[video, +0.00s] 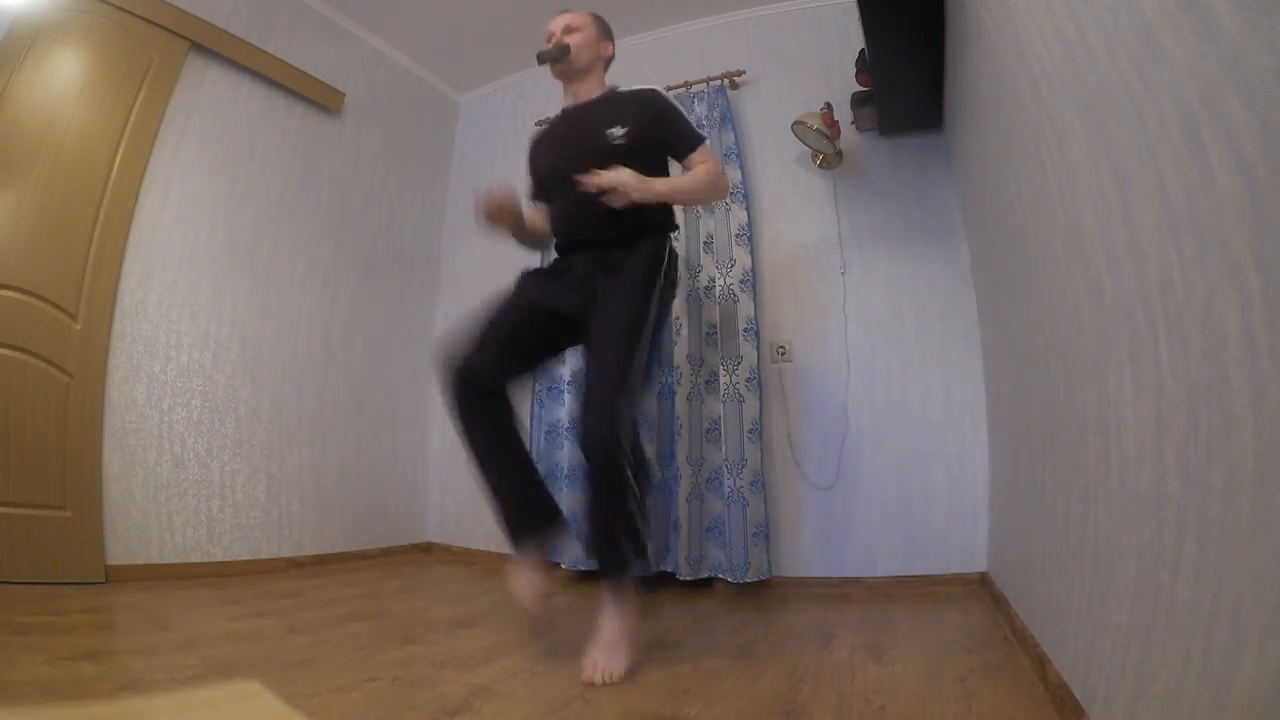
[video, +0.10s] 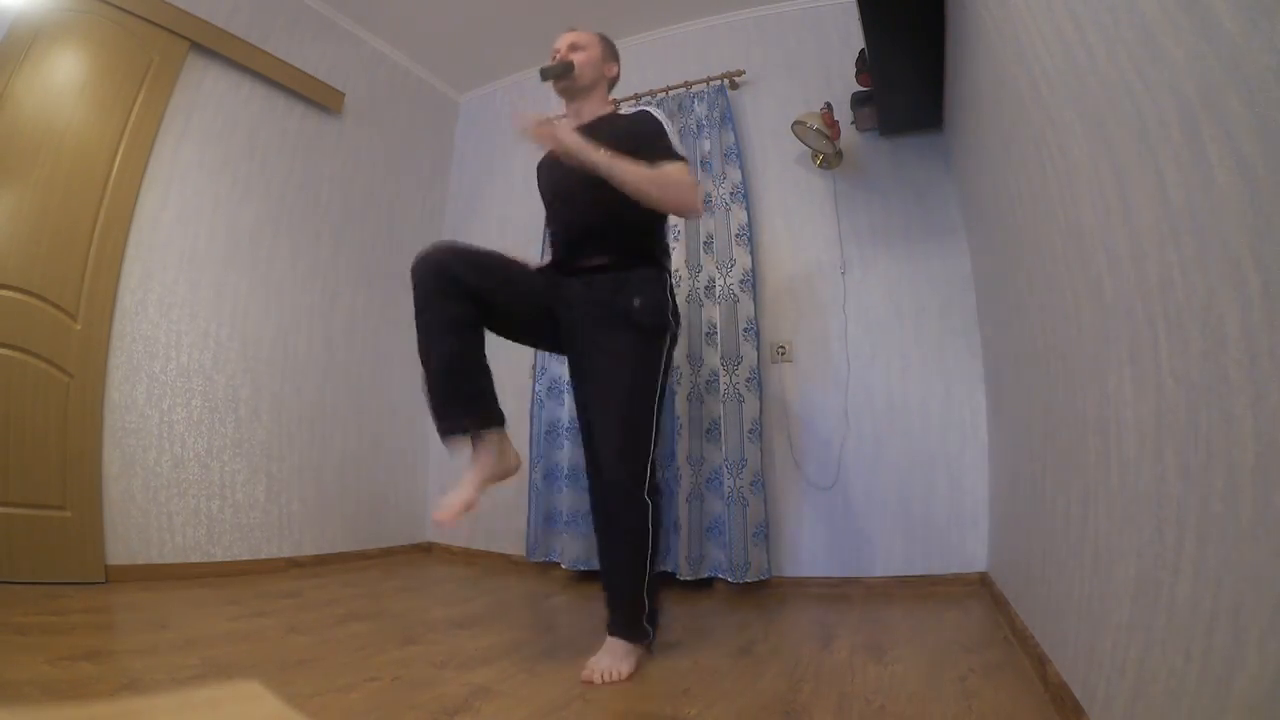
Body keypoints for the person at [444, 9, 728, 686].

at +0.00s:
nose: (555, 37)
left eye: (571, 28)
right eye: (550, 34)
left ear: (607, 49)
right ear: (546, 61)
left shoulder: (646, 106)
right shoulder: (546, 138)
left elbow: (714, 180)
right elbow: (552, 231)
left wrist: (648, 188)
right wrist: (515, 220)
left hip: (633, 273)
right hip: (567, 276)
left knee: (601, 419)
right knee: (472, 374)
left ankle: (618, 599)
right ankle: (535, 535)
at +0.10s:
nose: (559, 55)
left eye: (575, 46)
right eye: (554, 52)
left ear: (612, 69)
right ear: (550, 77)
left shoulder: (637, 125)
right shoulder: (555, 157)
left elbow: (687, 198)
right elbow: (572, 245)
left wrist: (583, 150)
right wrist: (530, 273)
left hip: (625, 305)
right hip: (559, 298)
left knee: (618, 474)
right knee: (440, 267)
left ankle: (627, 630)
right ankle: (489, 446)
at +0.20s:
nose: (562, 38)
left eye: (579, 30)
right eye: (557, 35)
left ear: (612, 51)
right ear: (552, 59)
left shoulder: (640, 110)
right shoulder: (547, 137)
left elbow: (681, 172)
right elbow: (570, 212)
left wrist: (583, 116)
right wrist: (540, 237)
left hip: (626, 282)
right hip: (560, 278)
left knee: (607, 427)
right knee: (451, 331)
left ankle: (620, 611)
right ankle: (519, 496)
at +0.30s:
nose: (569, 30)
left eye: (584, 22)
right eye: (563, 27)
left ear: (616, 44)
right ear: (556, 53)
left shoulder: (651, 113)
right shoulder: (538, 124)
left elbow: (696, 191)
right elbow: (526, 210)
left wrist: (608, 164)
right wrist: (520, 224)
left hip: (627, 250)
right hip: (555, 262)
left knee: (585, 316)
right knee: (534, 426)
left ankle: (604, 516)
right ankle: (565, 603)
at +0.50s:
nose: (564, 35)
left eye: (579, 26)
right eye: (558, 32)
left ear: (612, 49)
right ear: (551, 58)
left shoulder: (648, 110)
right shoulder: (538, 133)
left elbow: (706, 181)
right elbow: (509, 222)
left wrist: (656, 202)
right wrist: (500, 169)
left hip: (637, 263)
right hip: (565, 279)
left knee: (594, 338)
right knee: (525, 429)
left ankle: (619, 529)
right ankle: (565, 590)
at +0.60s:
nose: (566, 43)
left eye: (581, 34)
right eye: (559, 39)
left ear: (615, 50)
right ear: (557, 62)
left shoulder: (648, 109)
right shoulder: (554, 141)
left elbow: (714, 182)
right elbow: (560, 237)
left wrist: (625, 174)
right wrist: (520, 228)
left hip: (636, 286)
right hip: (567, 286)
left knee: (632, 452)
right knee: (453, 327)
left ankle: (654, 614)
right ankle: (512, 492)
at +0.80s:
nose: (574, 25)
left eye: (589, 19)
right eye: (567, 22)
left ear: (621, 41)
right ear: (562, 48)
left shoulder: (649, 101)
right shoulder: (550, 123)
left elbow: (691, 176)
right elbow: (562, 198)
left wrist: (597, 121)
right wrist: (540, 233)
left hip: (635, 271)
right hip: (564, 271)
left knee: (620, 409)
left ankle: (643, 594)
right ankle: (544, 533)